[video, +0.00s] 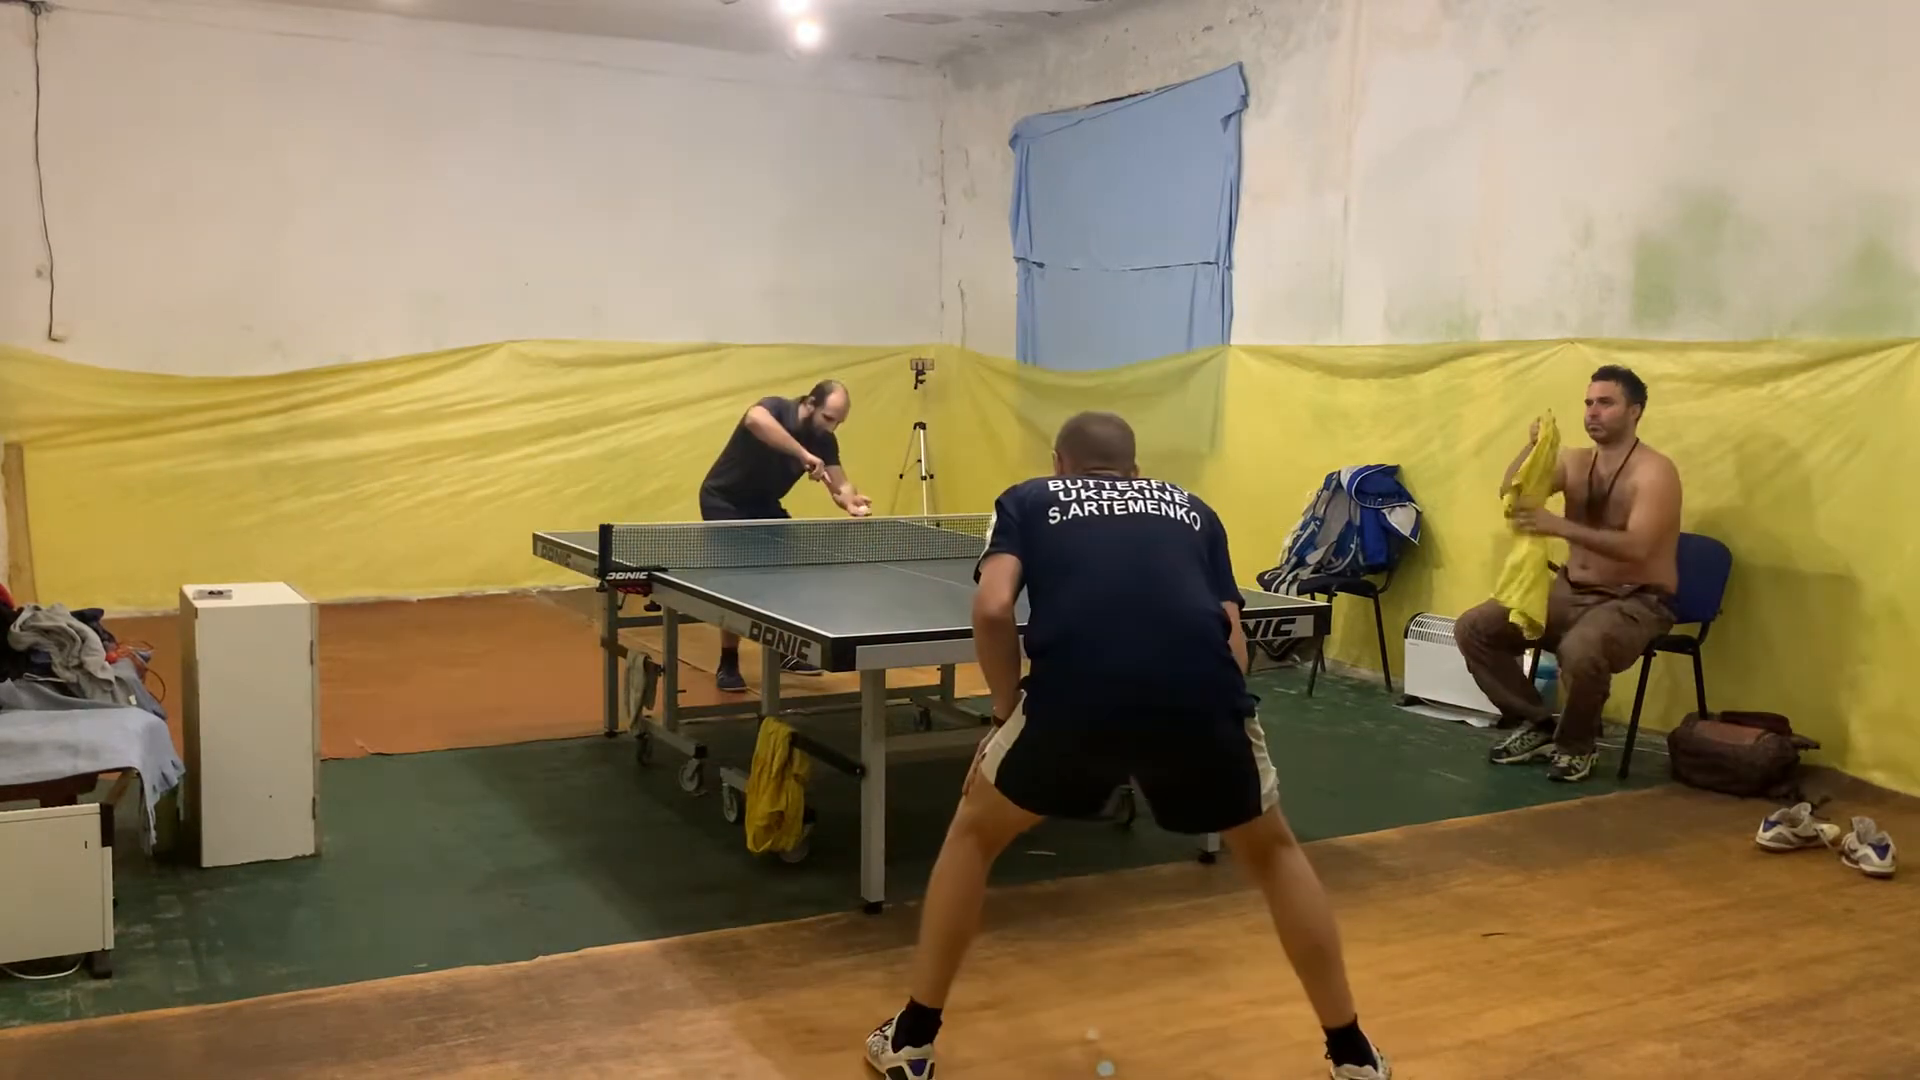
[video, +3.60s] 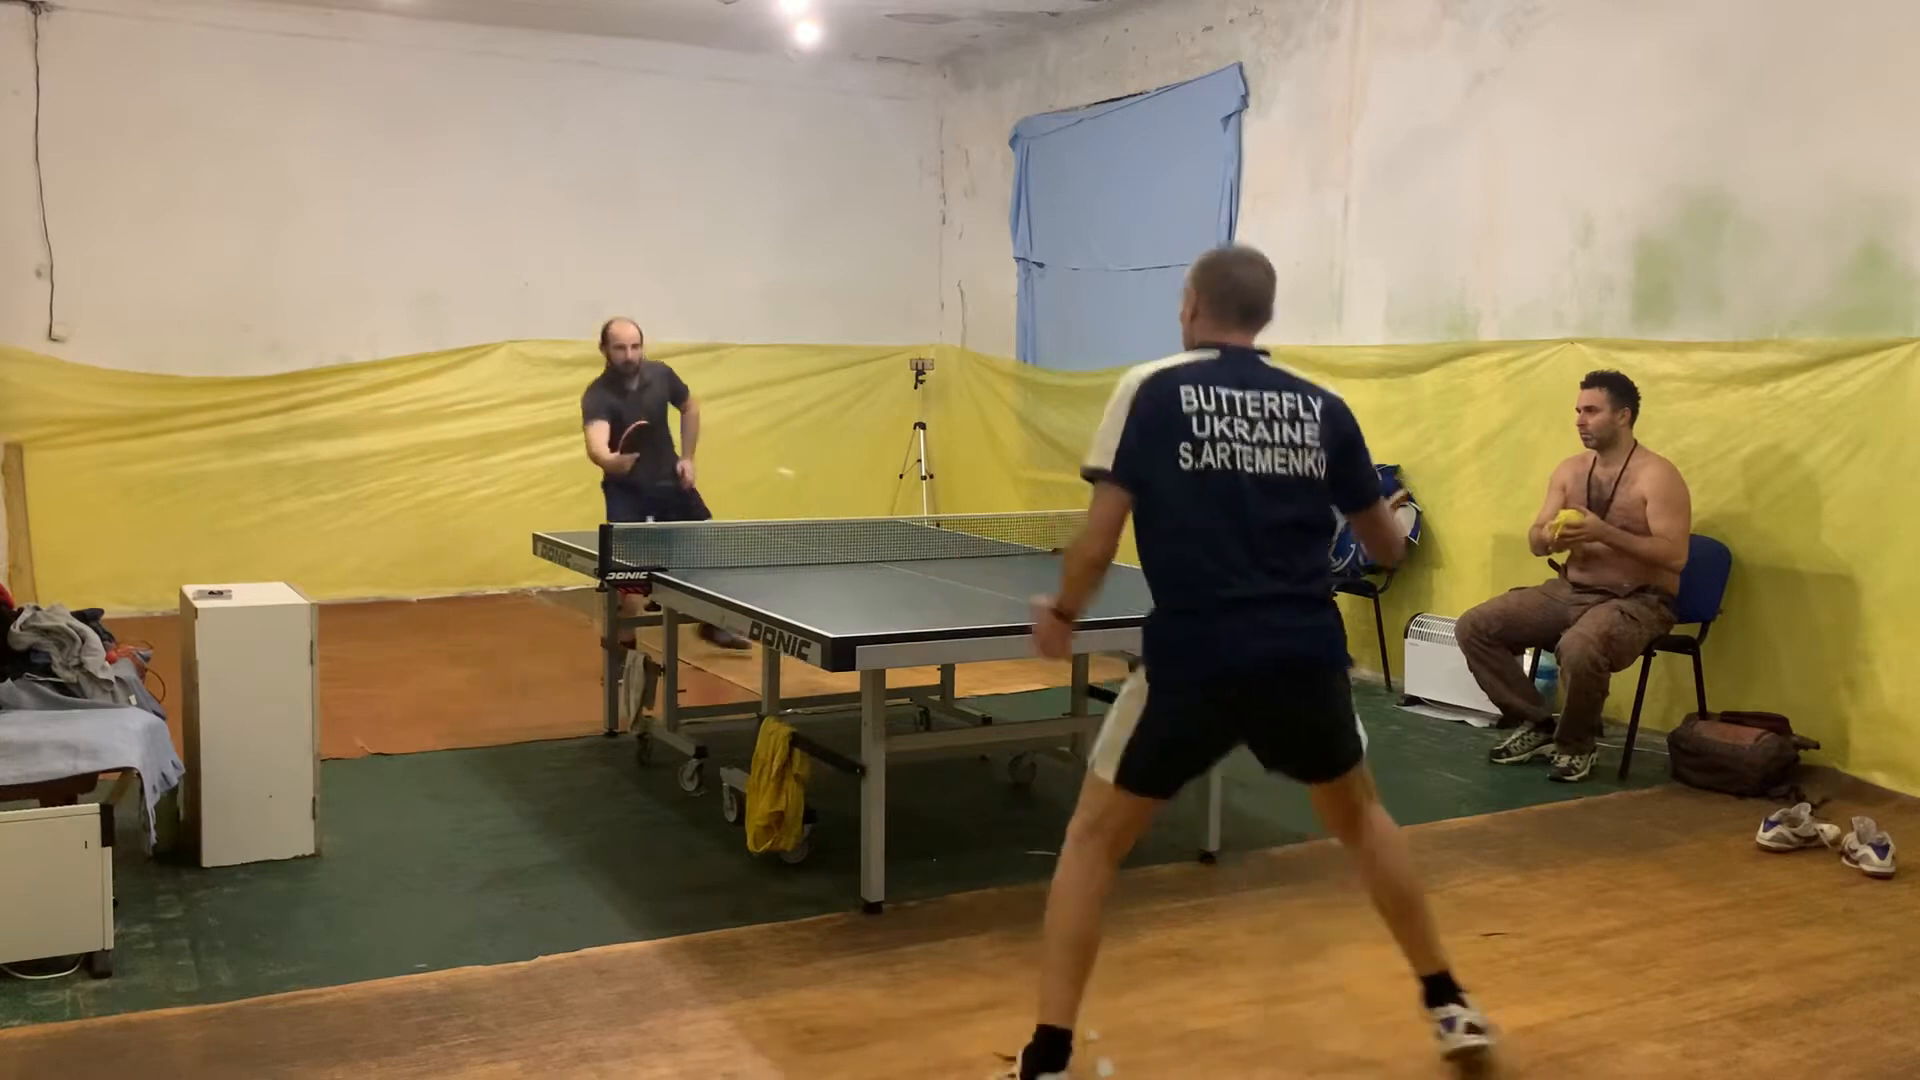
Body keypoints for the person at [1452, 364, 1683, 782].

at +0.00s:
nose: (1592, 412)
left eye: (1605, 404)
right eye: (1589, 403)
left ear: (1635, 411)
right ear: (1584, 408)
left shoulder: (1655, 472)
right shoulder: (1573, 462)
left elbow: (1639, 548)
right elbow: (1513, 492)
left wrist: (1557, 526)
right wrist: (1534, 449)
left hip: (1637, 601)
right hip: (1572, 593)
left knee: (1580, 651)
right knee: (1474, 630)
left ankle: (1577, 746)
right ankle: (1535, 722)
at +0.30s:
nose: (1587, 413)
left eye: (1599, 404)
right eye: (1585, 404)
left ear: (1632, 412)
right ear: (1582, 408)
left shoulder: (1656, 473)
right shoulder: (1569, 465)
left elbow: (1650, 550)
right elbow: (1531, 526)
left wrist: (1581, 516)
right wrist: (1497, 482)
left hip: (1637, 601)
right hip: (1571, 594)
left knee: (1579, 650)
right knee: (1474, 629)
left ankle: (1577, 745)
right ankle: (1535, 722)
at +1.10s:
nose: (1577, 416)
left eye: (1588, 406)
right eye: (1577, 407)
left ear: (1622, 412)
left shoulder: (1654, 472)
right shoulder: (1571, 468)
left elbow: (1649, 549)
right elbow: (1556, 546)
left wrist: (1580, 517)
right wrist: (1529, 529)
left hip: (1639, 601)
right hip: (1574, 595)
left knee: (1579, 649)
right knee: (1475, 629)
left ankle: (1577, 746)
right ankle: (1535, 723)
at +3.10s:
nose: (1579, 420)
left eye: (1590, 411)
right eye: (1577, 411)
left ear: (1623, 415)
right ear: (1576, 414)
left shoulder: (1657, 475)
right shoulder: (1569, 471)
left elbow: (1674, 555)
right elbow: (1537, 543)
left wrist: (1603, 533)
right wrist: (1544, 536)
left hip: (1638, 599)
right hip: (1572, 591)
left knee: (1579, 649)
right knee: (1475, 628)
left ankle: (1576, 746)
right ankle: (1535, 722)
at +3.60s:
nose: (1579, 420)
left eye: (1591, 410)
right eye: (1578, 411)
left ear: (1624, 416)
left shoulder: (1659, 476)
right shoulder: (1570, 470)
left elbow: (1674, 555)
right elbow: (1537, 543)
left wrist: (1603, 532)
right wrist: (1552, 532)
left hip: (1639, 599)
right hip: (1572, 591)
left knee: (1579, 649)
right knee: (1475, 628)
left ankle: (1577, 745)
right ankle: (1535, 721)